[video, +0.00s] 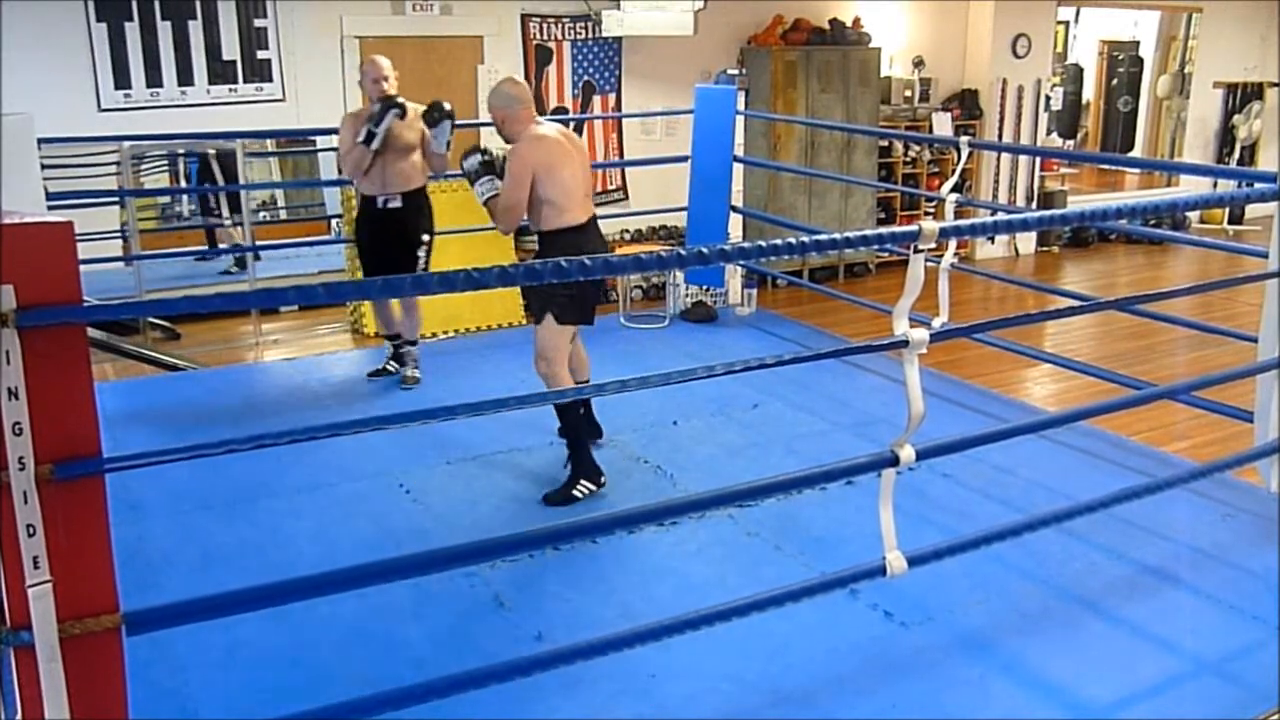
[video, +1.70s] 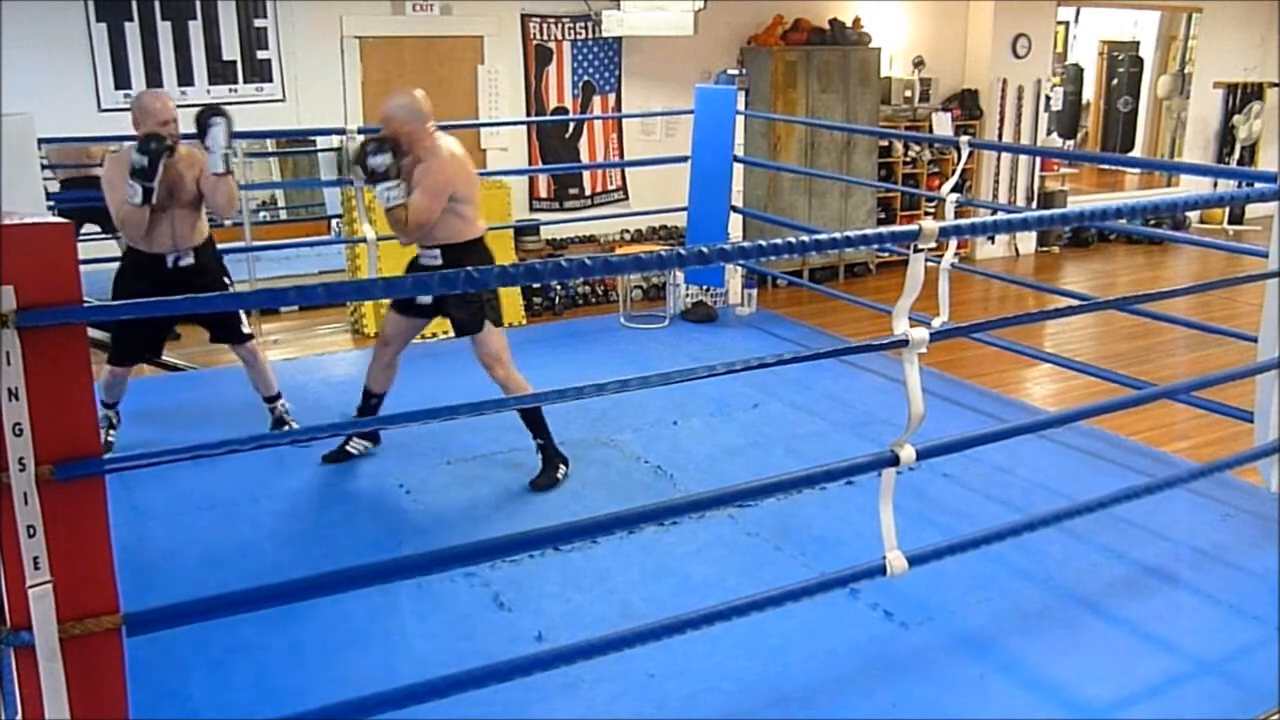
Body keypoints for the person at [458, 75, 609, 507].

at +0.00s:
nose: (496, 129)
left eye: (496, 121)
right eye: (494, 122)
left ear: (510, 114)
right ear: (529, 106)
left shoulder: (526, 150)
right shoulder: (567, 135)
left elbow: (507, 220)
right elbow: (555, 199)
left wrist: (484, 182)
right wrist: (501, 175)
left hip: (560, 252)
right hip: (588, 241)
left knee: (549, 362)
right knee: (568, 341)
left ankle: (585, 470)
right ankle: (585, 420)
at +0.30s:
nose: (479, 119)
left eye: (480, 111)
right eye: (477, 112)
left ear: (498, 105)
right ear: (510, 101)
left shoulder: (508, 148)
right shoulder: (550, 132)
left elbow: (490, 219)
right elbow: (541, 195)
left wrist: (469, 191)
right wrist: (490, 182)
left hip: (536, 251)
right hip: (559, 242)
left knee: (548, 361)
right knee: (525, 337)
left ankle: (586, 470)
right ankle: (532, 415)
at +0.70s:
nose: (451, 123)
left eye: (454, 115)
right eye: (450, 115)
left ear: (471, 111)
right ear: (490, 106)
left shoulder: (471, 148)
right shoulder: (525, 140)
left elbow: (434, 200)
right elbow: (534, 191)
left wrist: (434, 152)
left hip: (498, 256)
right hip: (526, 249)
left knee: (496, 368)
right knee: (469, 333)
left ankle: (546, 469)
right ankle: (500, 413)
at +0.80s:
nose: (443, 137)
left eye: (443, 128)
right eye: (441, 129)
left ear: (460, 124)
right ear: (476, 120)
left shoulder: (468, 165)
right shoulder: (519, 154)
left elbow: (427, 211)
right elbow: (529, 203)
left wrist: (415, 167)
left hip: (494, 270)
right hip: (513, 261)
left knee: (488, 376)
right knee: (461, 340)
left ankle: (544, 471)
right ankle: (456, 420)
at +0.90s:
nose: (436, 140)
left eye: (436, 132)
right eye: (433, 133)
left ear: (449, 128)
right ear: (468, 119)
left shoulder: (472, 165)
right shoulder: (501, 148)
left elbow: (423, 213)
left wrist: (409, 168)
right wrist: (443, 152)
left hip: (495, 270)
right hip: (488, 264)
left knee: (486, 372)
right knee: (453, 338)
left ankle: (543, 470)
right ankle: (457, 423)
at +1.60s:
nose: (410, 128)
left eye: (415, 120)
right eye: (409, 121)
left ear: (440, 118)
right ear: (443, 118)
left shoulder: (464, 157)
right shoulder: (447, 150)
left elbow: (417, 218)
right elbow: (423, 212)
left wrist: (401, 168)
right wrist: (412, 165)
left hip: (485, 265)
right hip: (449, 261)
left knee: (505, 362)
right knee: (402, 331)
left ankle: (552, 454)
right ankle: (393, 419)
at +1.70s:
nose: (388, 137)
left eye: (393, 129)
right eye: (387, 129)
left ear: (418, 127)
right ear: (413, 128)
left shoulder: (441, 162)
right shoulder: (419, 152)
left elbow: (407, 231)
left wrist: (383, 185)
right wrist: (381, 167)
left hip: (466, 265)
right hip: (428, 262)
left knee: (498, 366)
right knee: (387, 347)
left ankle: (552, 456)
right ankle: (364, 431)